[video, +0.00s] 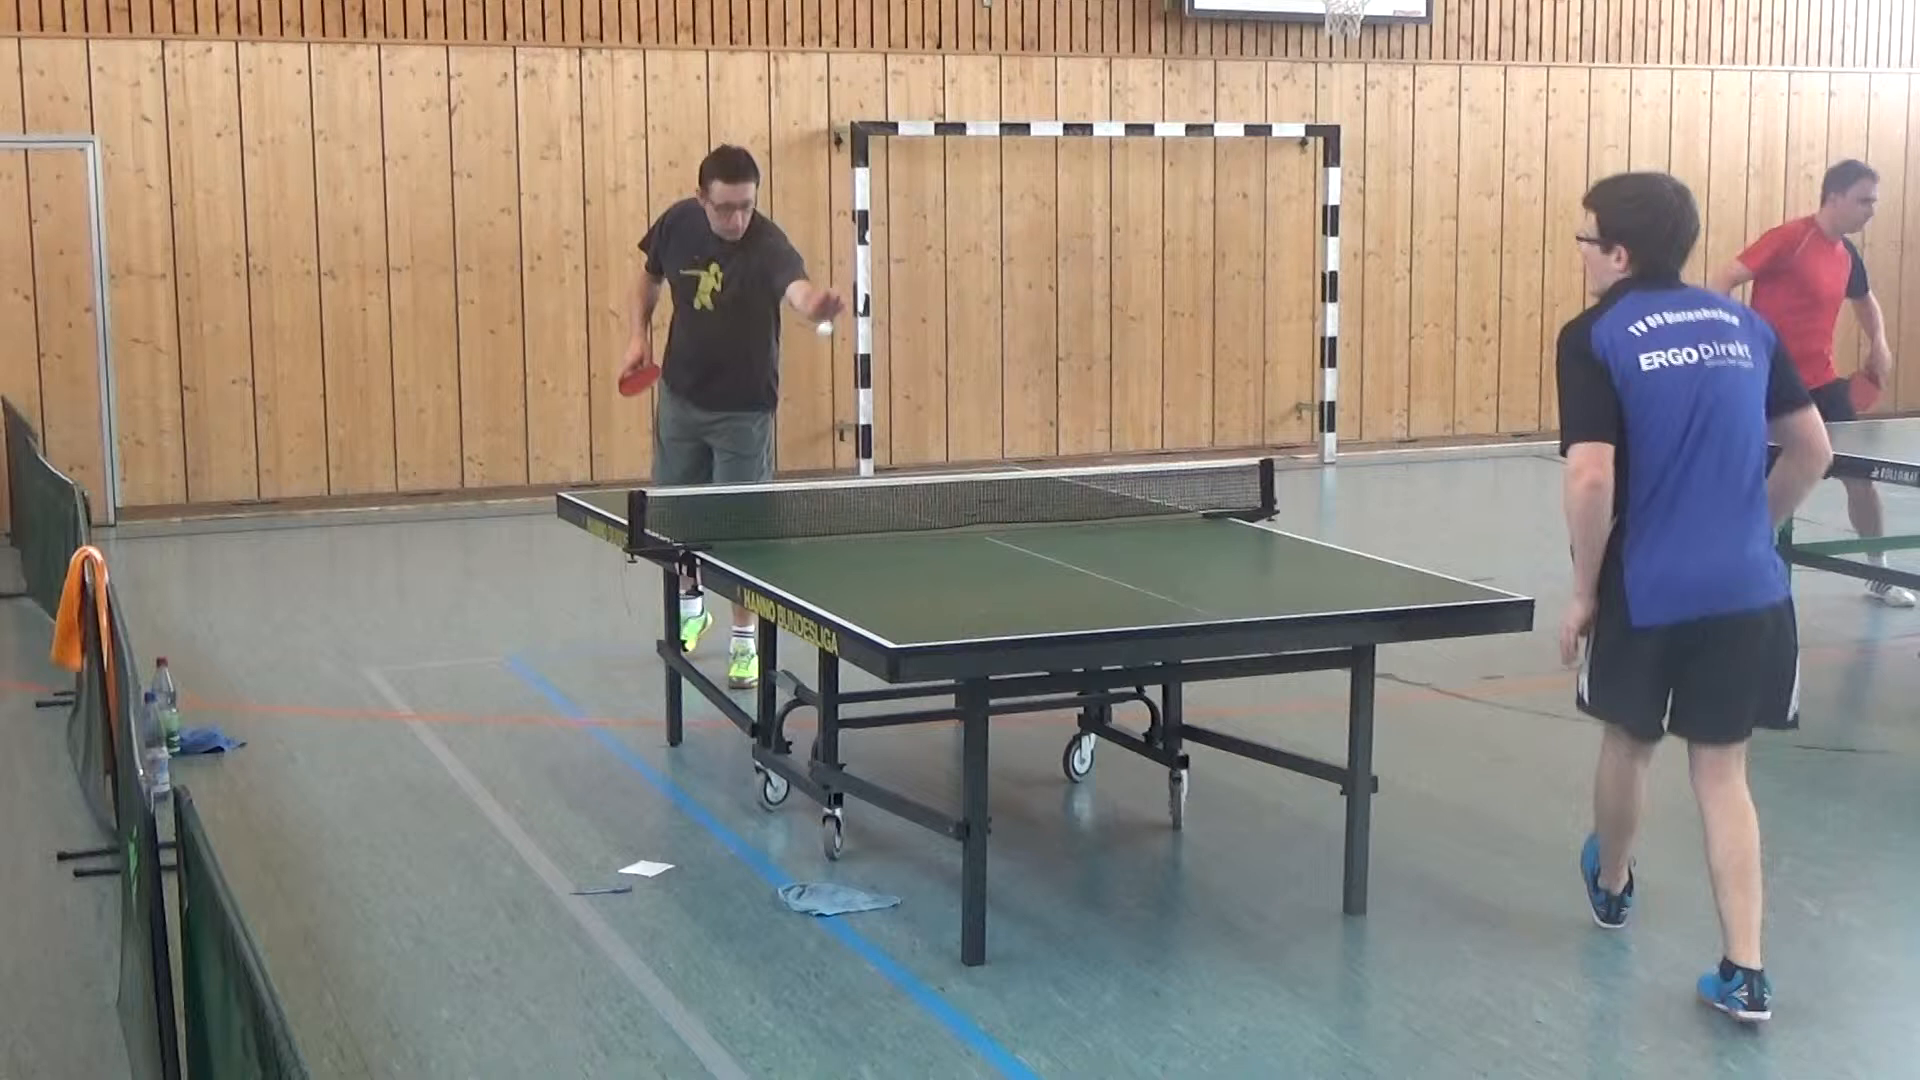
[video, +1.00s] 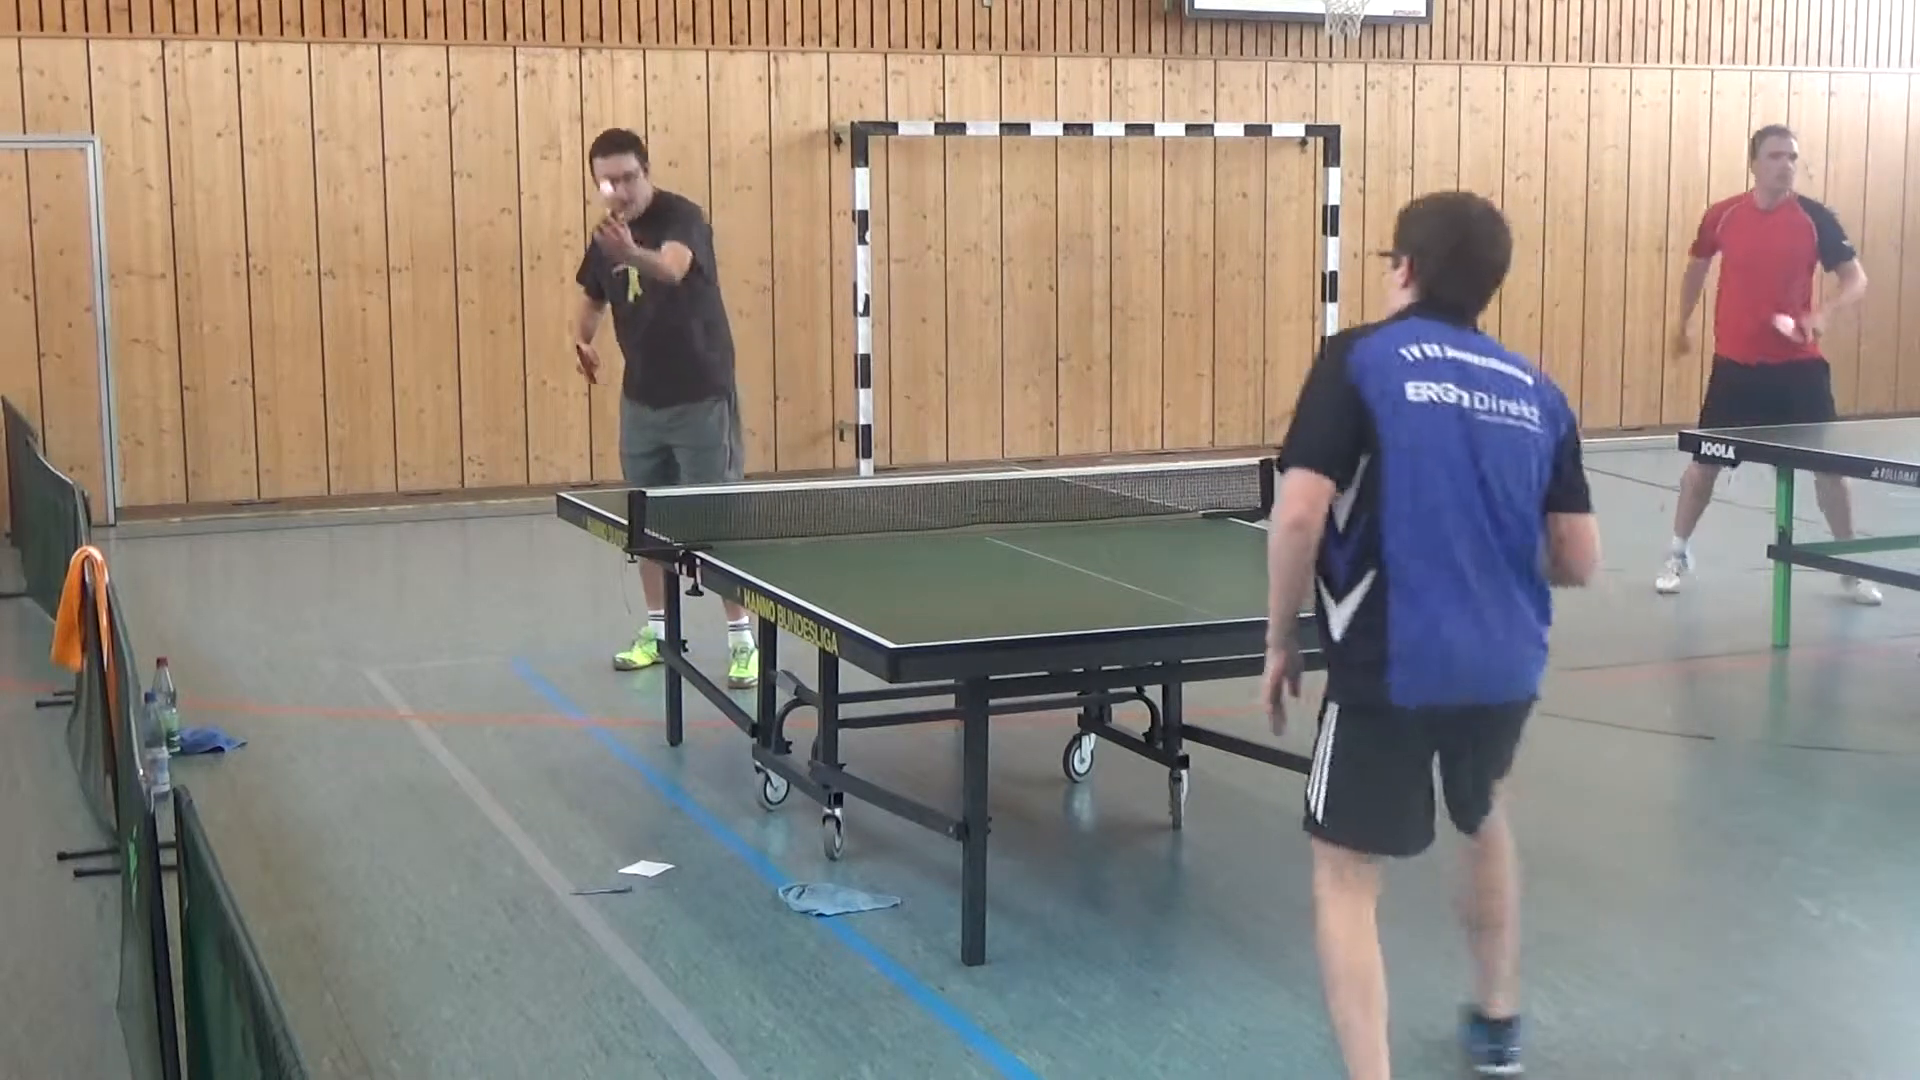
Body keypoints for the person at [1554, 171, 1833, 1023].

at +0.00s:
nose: (1579, 254)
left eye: (1588, 243)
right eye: (1582, 239)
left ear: (1624, 251)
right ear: (1672, 248)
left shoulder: (1591, 337)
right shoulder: (1747, 324)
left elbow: (1592, 475)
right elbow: (1811, 449)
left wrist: (1583, 590)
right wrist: (1754, 524)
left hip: (1646, 591)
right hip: (1747, 588)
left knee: (1627, 742)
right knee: (1724, 769)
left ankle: (1611, 882)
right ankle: (1746, 972)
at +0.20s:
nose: (1599, 265)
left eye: (1607, 253)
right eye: (1602, 251)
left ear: (1639, 263)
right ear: (1693, 265)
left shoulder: (1603, 343)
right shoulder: (1757, 347)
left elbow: (1596, 478)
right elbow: (1818, 475)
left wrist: (1584, 596)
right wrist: (1749, 527)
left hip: (1649, 606)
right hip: (1750, 606)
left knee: (1623, 747)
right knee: (1728, 776)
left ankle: (1617, 894)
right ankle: (1746, 983)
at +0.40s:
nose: (1605, 220)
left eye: (1611, 207)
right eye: (1610, 205)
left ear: (1634, 214)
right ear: (1703, 218)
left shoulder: (1597, 285)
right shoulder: (1756, 311)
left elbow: (1573, 409)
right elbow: (1803, 461)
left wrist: (1548, 534)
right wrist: (1723, 473)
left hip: (1618, 562)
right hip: (1727, 572)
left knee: (1571, 742)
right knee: (1732, 776)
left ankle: (1552, 956)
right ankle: (1758, 996)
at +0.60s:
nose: (1560, 267)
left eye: (1566, 253)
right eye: (1564, 251)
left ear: (1594, 263)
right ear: (1665, 266)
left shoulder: (1554, 351)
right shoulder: (1722, 366)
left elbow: (1524, 494)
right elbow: (1747, 523)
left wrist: (1494, 635)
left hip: (1574, 649)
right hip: (1689, 655)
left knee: (1476, 831)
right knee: (1717, 839)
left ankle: (1402, 1048)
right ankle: (1788, 1042)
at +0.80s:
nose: (1465, 298)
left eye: (1471, 285)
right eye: (1471, 283)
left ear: (1492, 301)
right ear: (1566, 311)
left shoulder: (1445, 386)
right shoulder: (1609, 420)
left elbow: (1386, 546)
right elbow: (1639, 591)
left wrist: (1361, 671)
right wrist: (1542, 554)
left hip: (1455, 695)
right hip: (1567, 703)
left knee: (1347, 880)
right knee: (1591, 837)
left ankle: (1371, 1073)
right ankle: (1740, 1016)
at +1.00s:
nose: (1384, 275)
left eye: (1390, 263)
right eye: (1392, 260)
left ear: (1409, 274)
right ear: (1487, 286)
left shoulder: (1358, 358)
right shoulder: (1540, 390)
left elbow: (1299, 514)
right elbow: (1577, 561)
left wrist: (1281, 640)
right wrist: (1497, 543)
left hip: (1391, 665)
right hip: (1508, 666)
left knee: (1345, 875)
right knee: (1483, 812)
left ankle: (1369, 1070)